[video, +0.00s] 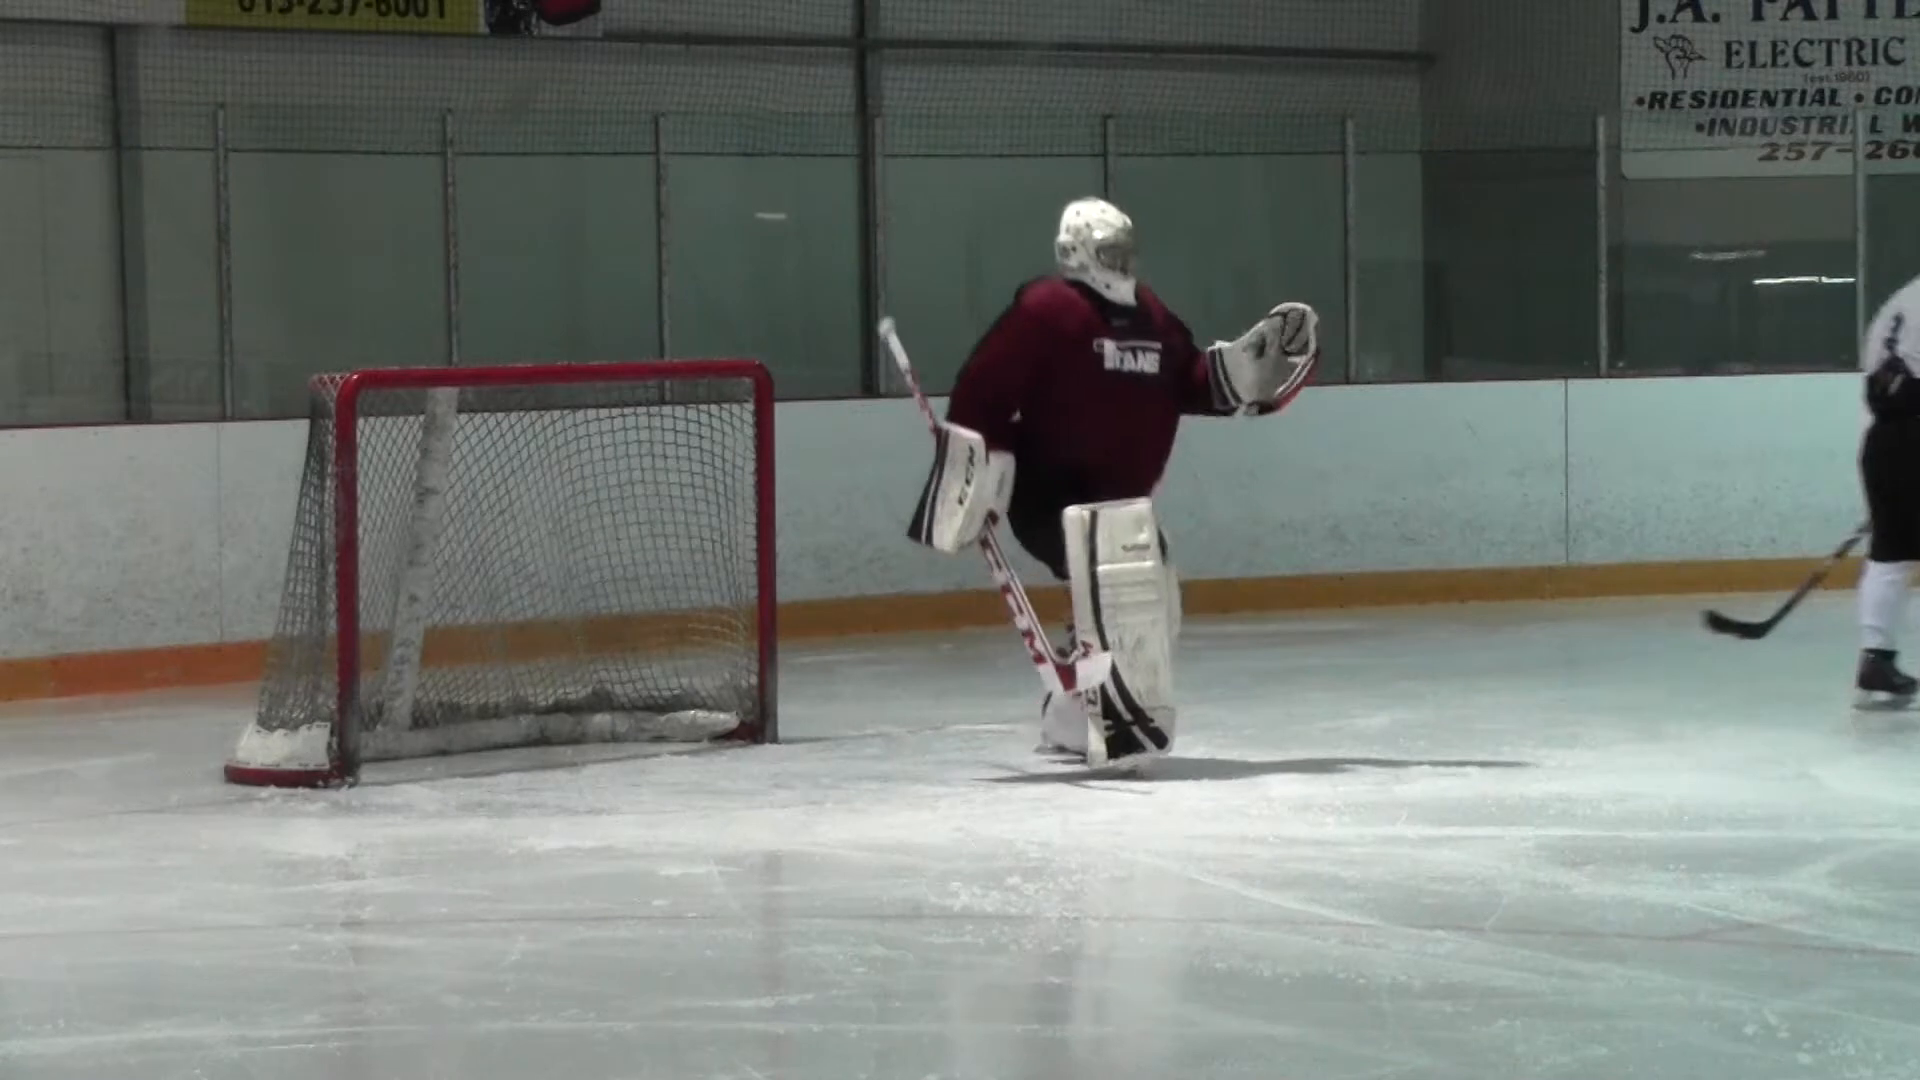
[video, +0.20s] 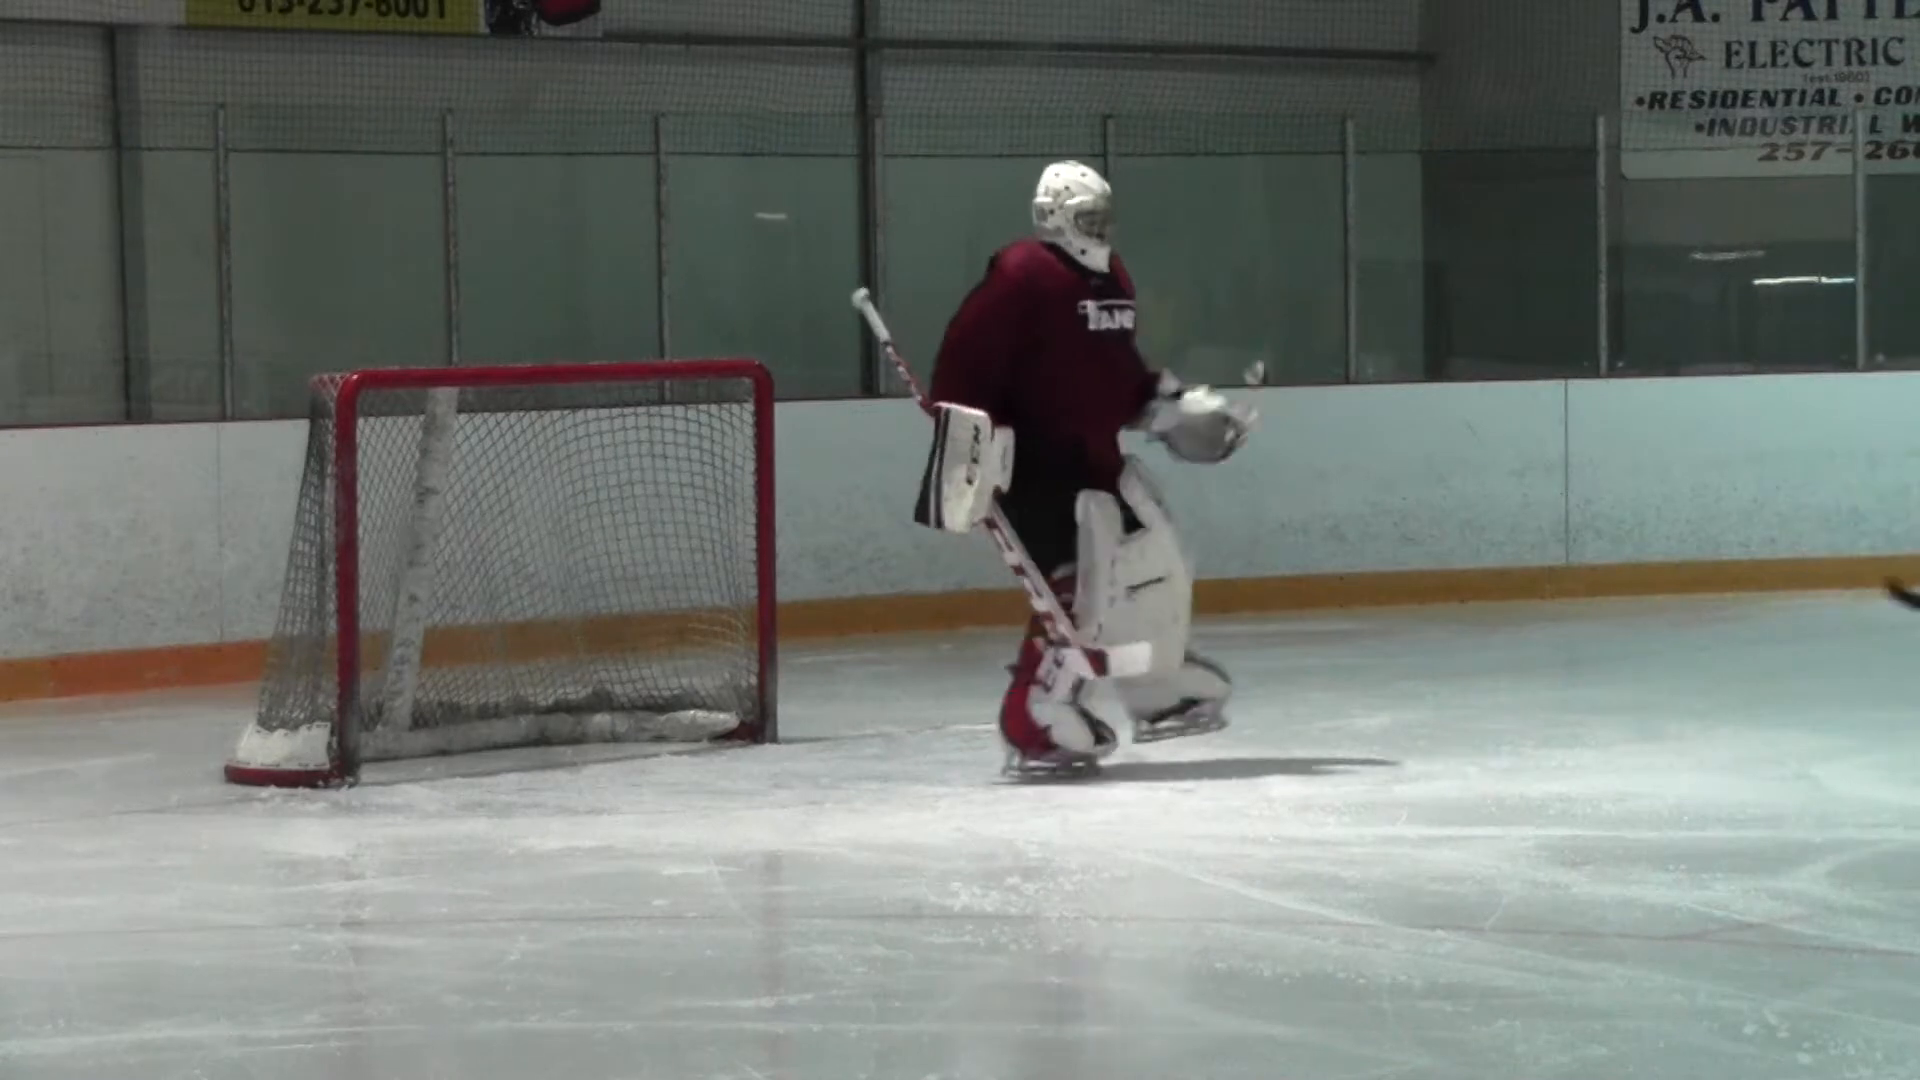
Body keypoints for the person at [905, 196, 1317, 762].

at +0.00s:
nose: (1119, 263)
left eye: (1122, 252)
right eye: (1110, 252)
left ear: (1073, 250)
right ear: (1089, 254)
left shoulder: (1151, 315)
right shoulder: (1046, 308)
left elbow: (1189, 381)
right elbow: (980, 392)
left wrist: (1256, 364)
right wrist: (969, 484)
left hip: (1122, 492)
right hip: (1047, 491)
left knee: (1143, 590)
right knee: (1114, 588)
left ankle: (1073, 717)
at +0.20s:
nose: (1097, 228)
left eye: (1102, 217)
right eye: (1084, 218)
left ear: (1109, 216)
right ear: (1051, 218)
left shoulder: (1110, 278)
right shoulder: (1024, 273)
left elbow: (1114, 367)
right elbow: (962, 363)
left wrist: (1175, 407)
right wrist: (966, 462)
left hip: (1094, 456)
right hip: (1030, 461)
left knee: (1131, 571)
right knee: (1068, 589)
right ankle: (1034, 720)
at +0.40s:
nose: (1082, 249)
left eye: (1089, 238)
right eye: (1072, 236)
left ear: (1096, 236)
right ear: (1041, 230)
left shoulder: (1086, 292)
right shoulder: (1008, 274)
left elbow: (1073, 393)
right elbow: (967, 366)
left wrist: (1115, 452)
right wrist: (987, 465)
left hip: (1075, 471)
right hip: (1022, 477)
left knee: (1142, 565)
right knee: (1038, 605)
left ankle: (1174, 687)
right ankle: (996, 728)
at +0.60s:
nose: (1085, 258)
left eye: (1093, 247)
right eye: (1078, 244)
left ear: (1099, 246)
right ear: (1047, 233)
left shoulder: (1077, 306)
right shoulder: (1007, 269)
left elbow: (1050, 400)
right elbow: (949, 348)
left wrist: (1079, 461)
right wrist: (940, 441)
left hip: (1050, 473)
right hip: (996, 472)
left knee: (1100, 578)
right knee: (1014, 597)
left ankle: (1098, 713)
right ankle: (982, 730)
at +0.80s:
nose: (1087, 282)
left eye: (1097, 273)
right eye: (1084, 266)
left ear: (1098, 266)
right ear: (1060, 248)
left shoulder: (1070, 321)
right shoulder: (1009, 275)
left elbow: (1036, 413)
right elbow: (947, 357)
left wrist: (1054, 477)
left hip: (1017, 481)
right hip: (952, 472)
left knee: (1057, 587)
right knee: (989, 591)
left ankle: (1025, 703)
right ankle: (955, 721)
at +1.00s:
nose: (1065, 289)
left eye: (1077, 281)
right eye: (1062, 272)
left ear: (1082, 278)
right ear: (1041, 255)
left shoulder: (1050, 335)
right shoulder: (1000, 273)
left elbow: (1032, 425)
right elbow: (947, 335)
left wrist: (1054, 475)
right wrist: (973, 395)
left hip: (1012, 483)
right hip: (962, 475)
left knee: (1030, 595)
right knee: (974, 594)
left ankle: (995, 701)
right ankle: (942, 709)